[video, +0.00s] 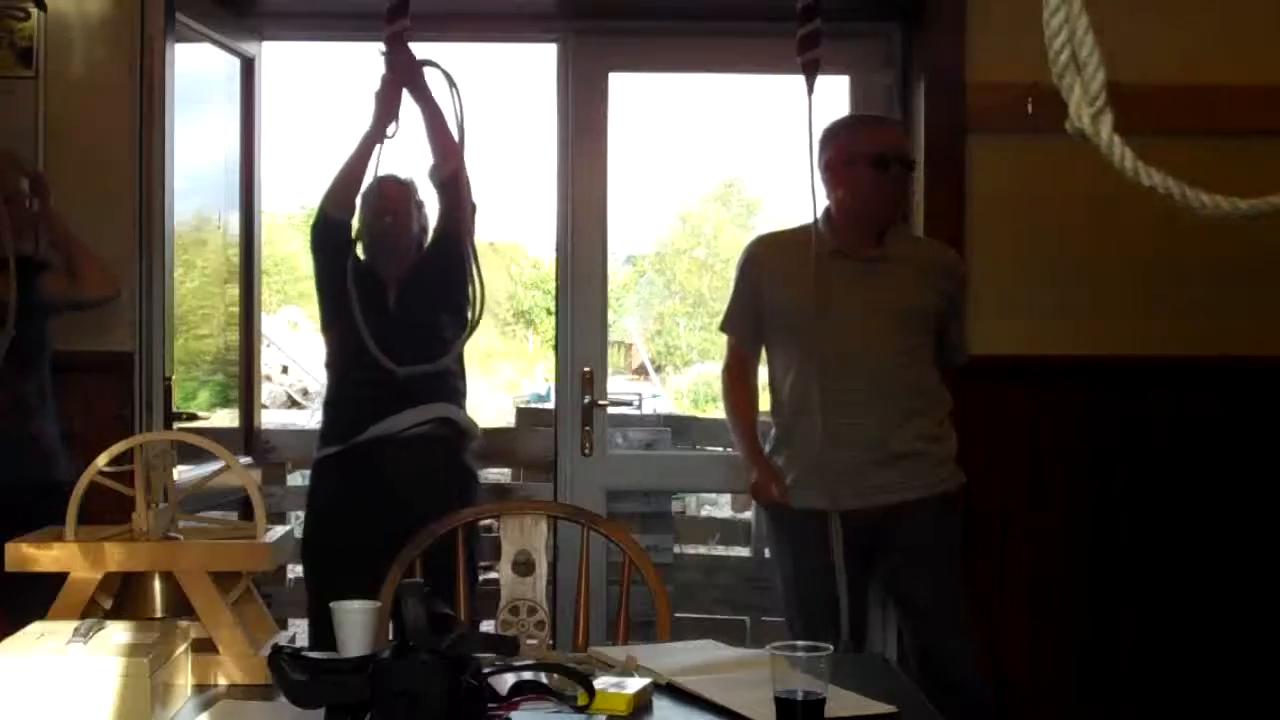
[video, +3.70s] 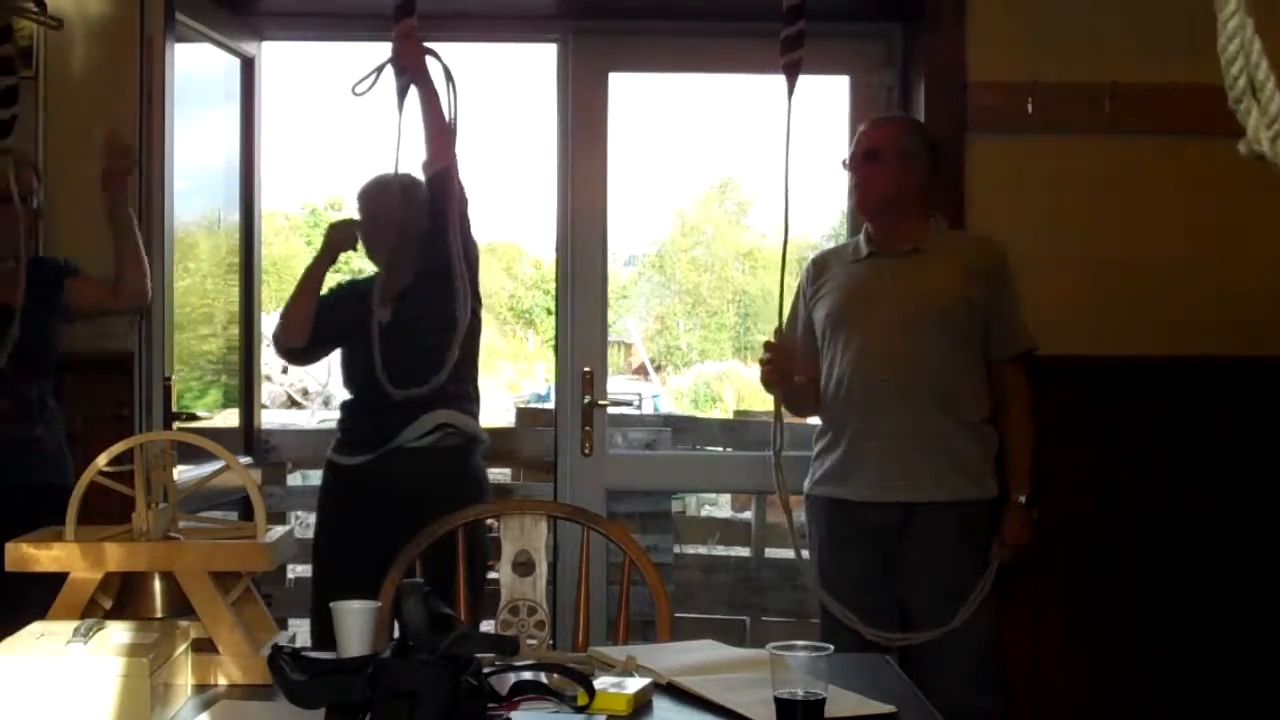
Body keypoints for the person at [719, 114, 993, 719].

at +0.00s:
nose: (904, 180)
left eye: (907, 168)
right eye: (886, 166)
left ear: (911, 177)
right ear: (834, 174)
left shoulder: (938, 267)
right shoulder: (769, 260)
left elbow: (958, 377)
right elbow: (738, 366)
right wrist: (755, 458)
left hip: (920, 499)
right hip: (809, 504)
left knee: (947, 671)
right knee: (823, 668)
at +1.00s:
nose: (878, 180)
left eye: (886, 166)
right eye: (863, 166)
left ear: (905, 176)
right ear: (833, 176)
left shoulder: (950, 262)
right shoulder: (780, 266)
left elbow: (983, 376)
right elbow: (752, 390)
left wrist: (973, 452)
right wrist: (822, 393)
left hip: (925, 504)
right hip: (817, 504)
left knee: (941, 673)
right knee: (825, 669)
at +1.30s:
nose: (955, 181)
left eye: (958, 167)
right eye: (936, 168)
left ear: (966, 176)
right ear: (891, 178)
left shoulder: (993, 269)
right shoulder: (834, 251)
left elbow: (1009, 388)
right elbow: (770, 359)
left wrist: (927, 438)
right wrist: (830, 333)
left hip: (944, 508)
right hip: (838, 501)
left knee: (946, 674)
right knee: (837, 668)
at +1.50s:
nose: (981, 193)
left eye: (993, 179)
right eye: (965, 178)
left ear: (1006, 187)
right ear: (928, 181)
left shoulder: (1022, 284)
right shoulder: (872, 240)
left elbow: (1037, 411)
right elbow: (767, 312)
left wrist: (974, 503)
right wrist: (780, 260)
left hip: (960, 525)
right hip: (856, 510)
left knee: (959, 690)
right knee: (854, 681)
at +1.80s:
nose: (975, 176)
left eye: (987, 162)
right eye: (958, 161)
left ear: (1002, 177)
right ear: (925, 173)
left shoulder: (1025, 273)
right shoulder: (872, 245)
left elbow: (1055, 410)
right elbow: (775, 307)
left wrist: (1059, 517)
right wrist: (701, 277)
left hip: (978, 518)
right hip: (867, 507)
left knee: (976, 689)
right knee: (863, 682)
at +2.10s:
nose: (919, 167)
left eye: (936, 153)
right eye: (903, 153)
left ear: (961, 167)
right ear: (877, 168)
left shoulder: (996, 259)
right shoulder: (836, 258)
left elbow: (1043, 378)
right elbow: (765, 354)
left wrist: (1081, 482)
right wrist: (694, 365)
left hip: (966, 520)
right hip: (857, 517)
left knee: (970, 689)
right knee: (864, 685)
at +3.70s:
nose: (853, 170)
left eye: (871, 158)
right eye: (852, 160)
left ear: (916, 172)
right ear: (850, 175)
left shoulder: (975, 260)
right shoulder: (823, 271)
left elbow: (1011, 386)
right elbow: (809, 398)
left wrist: (1018, 500)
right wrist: (783, 382)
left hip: (952, 507)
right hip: (845, 506)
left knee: (954, 682)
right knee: (854, 681)